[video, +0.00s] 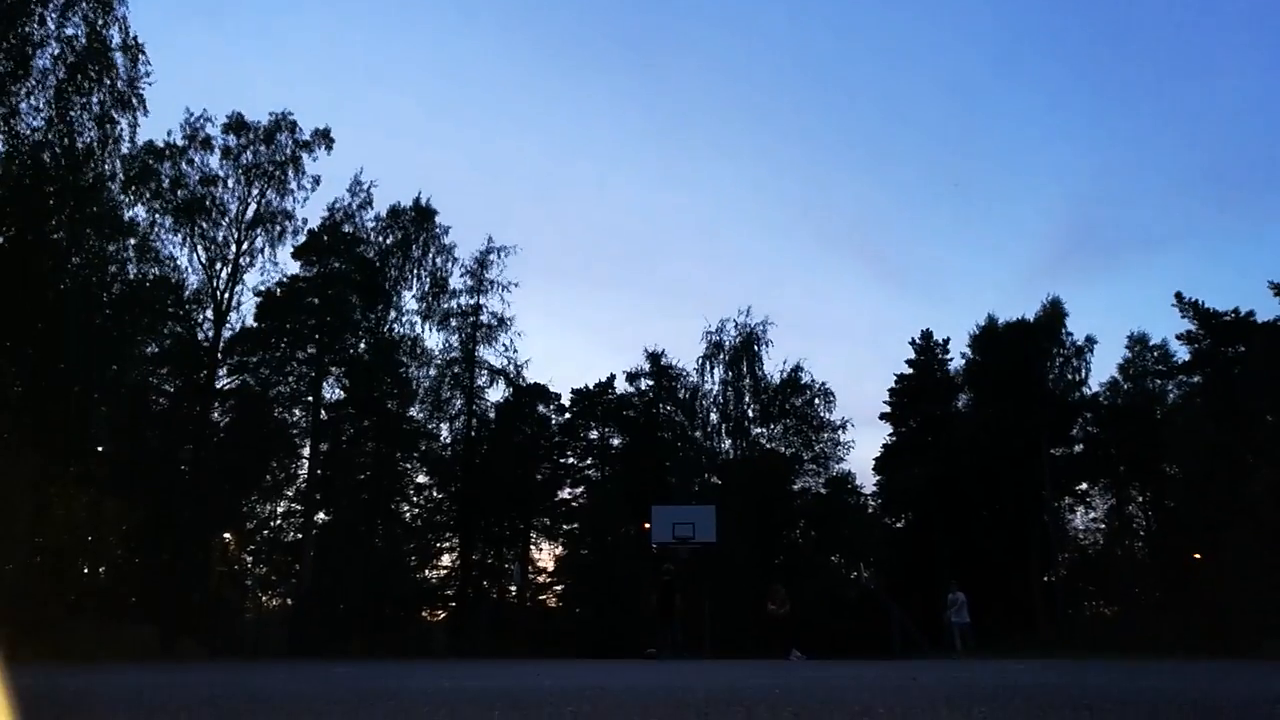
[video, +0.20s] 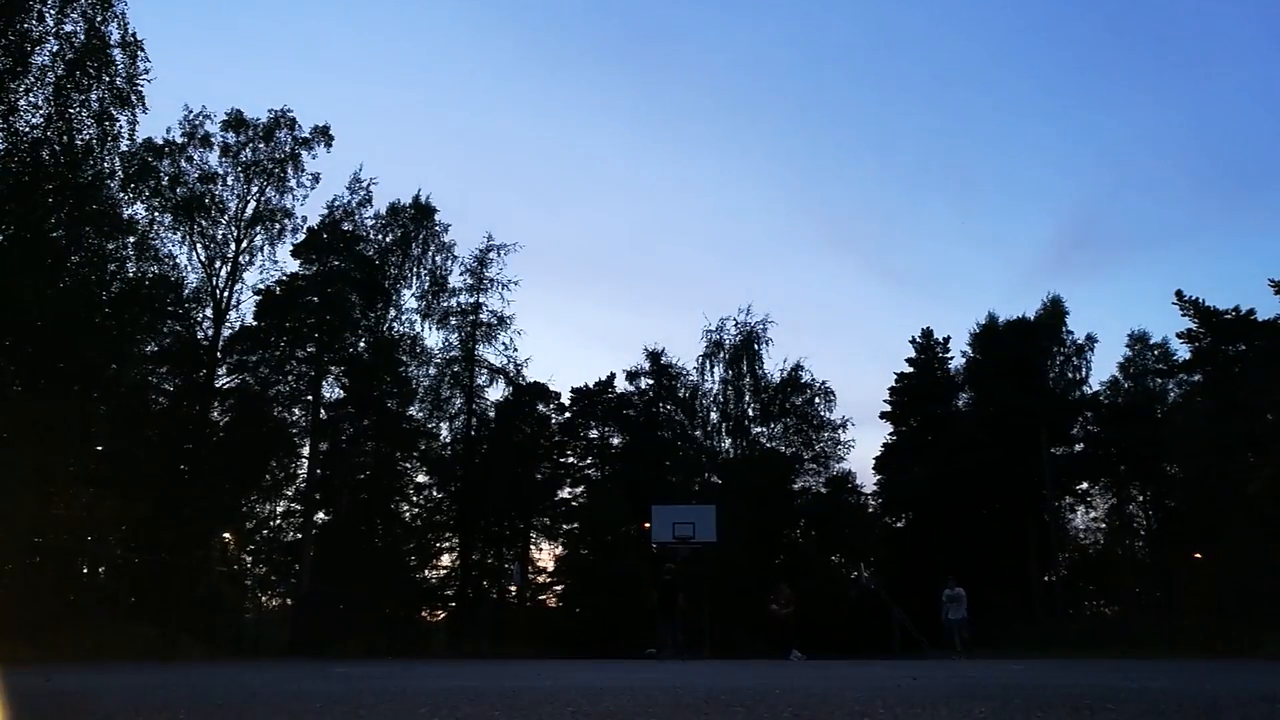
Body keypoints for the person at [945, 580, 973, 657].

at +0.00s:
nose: (953, 589)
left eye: (954, 587)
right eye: (952, 588)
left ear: (956, 588)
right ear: (951, 589)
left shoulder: (960, 595)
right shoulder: (950, 596)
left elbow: (959, 605)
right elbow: (949, 606)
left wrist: (951, 611)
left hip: (964, 620)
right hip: (955, 620)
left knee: (966, 636)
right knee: (956, 636)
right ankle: (958, 651)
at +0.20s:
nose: (951, 585)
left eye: (952, 583)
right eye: (949, 583)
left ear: (954, 583)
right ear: (948, 584)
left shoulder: (960, 591)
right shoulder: (946, 592)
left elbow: (964, 603)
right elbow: (945, 605)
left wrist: (964, 612)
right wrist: (944, 615)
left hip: (961, 617)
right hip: (951, 617)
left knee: (963, 633)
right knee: (954, 635)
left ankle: (965, 651)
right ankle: (957, 652)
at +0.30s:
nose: (950, 585)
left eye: (952, 583)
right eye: (949, 583)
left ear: (954, 584)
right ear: (947, 584)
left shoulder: (959, 592)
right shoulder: (944, 593)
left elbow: (966, 602)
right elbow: (942, 605)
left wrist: (970, 611)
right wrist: (942, 615)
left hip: (960, 616)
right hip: (950, 617)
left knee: (962, 633)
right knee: (953, 635)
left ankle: (965, 651)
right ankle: (956, 652)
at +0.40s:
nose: (950, 586)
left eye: (952, 584)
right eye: (949, 584)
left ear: (954, 584)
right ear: (947, 585)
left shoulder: (959, 593)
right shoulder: (944, 594)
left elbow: (967, 602)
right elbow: (941, 604)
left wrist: (975, 612)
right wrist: (940, 613)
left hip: (958, 617)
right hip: (948, 617)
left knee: (959, 633)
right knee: (950, 634)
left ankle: (961, 651)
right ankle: (951, 651)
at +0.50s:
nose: (949, 586)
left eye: (950, 584)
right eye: (948, 584)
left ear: (953, 585)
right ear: (946, 585)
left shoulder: (958, 593)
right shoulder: (943, 594)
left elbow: (966, 603)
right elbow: (940, 605)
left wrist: (975, 612)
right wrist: (940, 614)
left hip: (956, 617)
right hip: (946, 618)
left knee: (957, 634)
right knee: (948, 634)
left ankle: (957, 650)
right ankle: (949, 650)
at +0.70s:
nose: (947, 584)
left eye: (948, 583)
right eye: (946, 583)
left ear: (950, 583)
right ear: (944, 583)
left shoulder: (956, 592)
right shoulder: (941, 592)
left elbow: (961, 602)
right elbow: (939, 604)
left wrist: (963, 610)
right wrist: (938, 614)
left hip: (954, 617)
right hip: (944, 617)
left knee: (954, 633)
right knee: (946, 634)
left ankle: (956, 651)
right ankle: (948, 651)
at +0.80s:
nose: (945, 583)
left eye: (946, 581)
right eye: (944, 581)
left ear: (949, 582)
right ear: (942, 582)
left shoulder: (954, 591)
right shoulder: (940, 591)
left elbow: (957, 603)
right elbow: (938, 603)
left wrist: (958, 615)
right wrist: (937, 613)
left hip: (953, 616)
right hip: (943, 616)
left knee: (954, 633)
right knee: (943, 633)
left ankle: (956, 651)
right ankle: (944, 651)